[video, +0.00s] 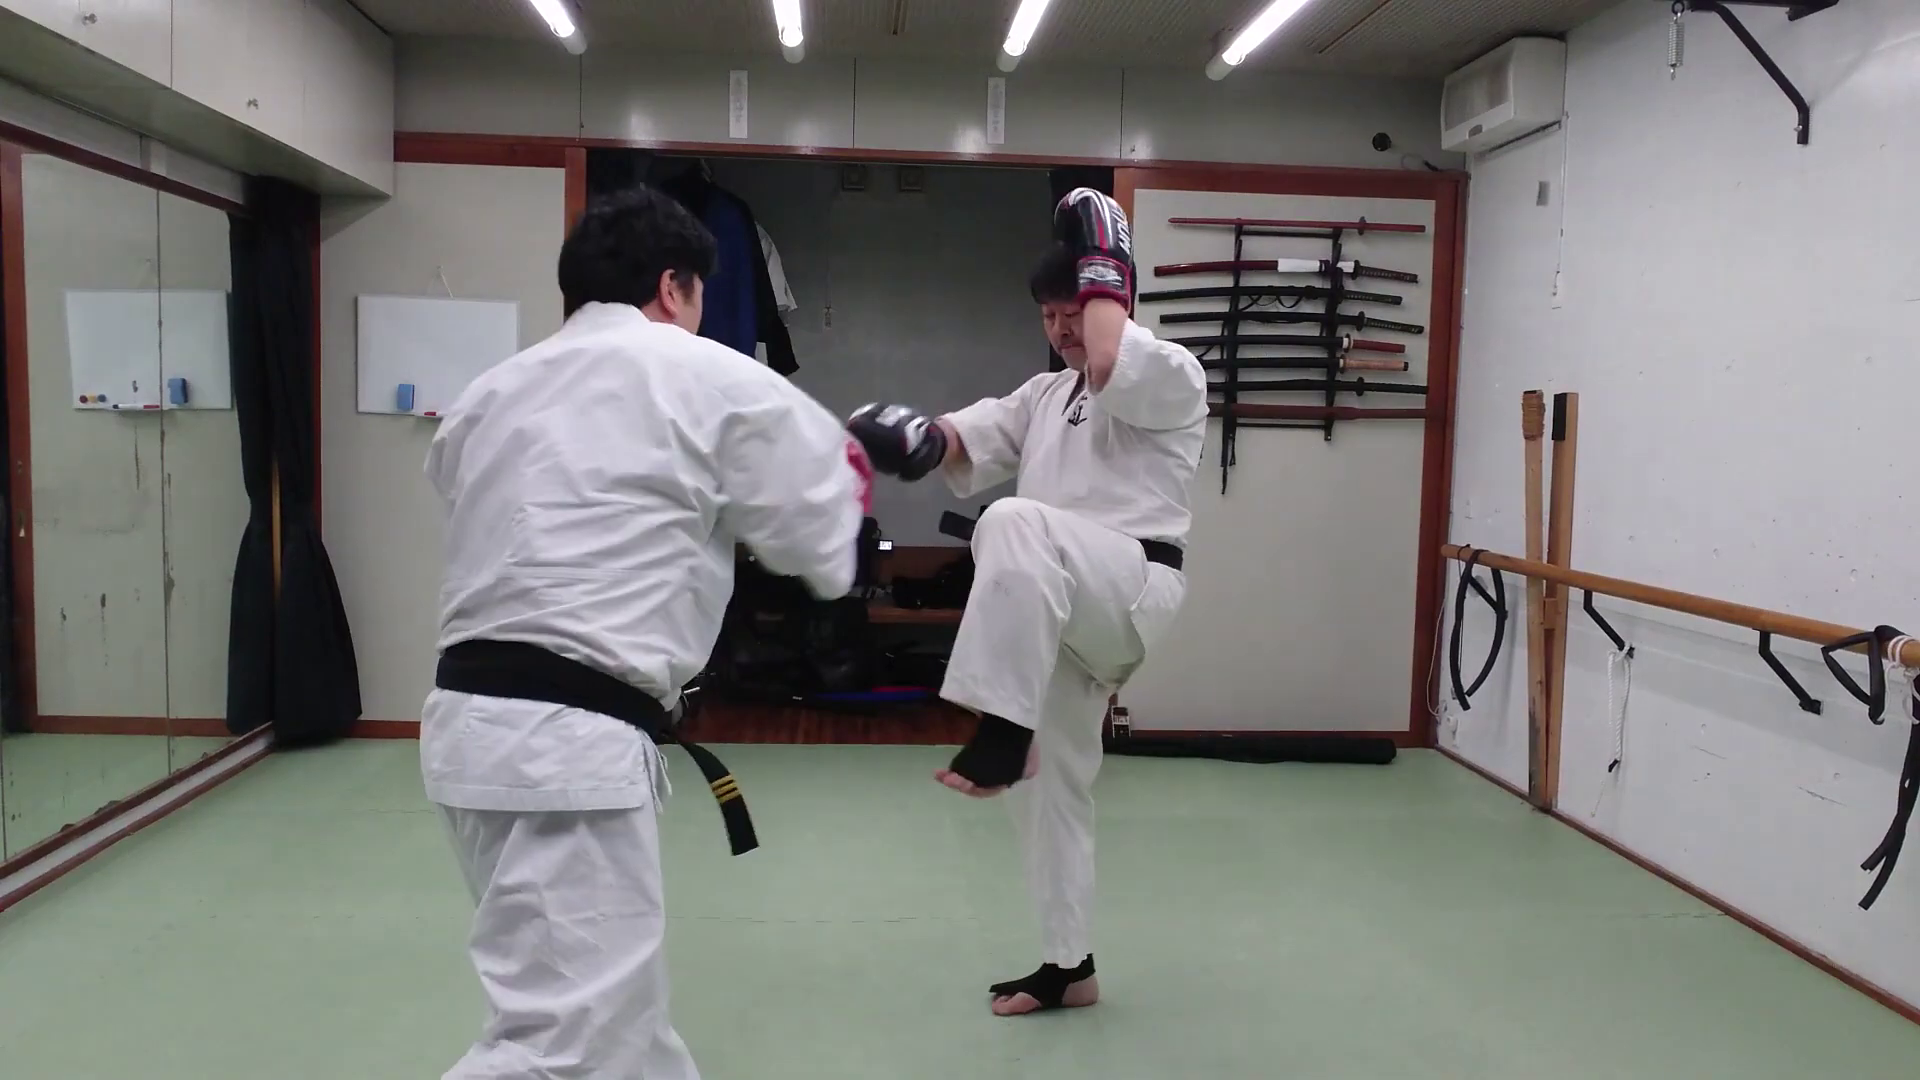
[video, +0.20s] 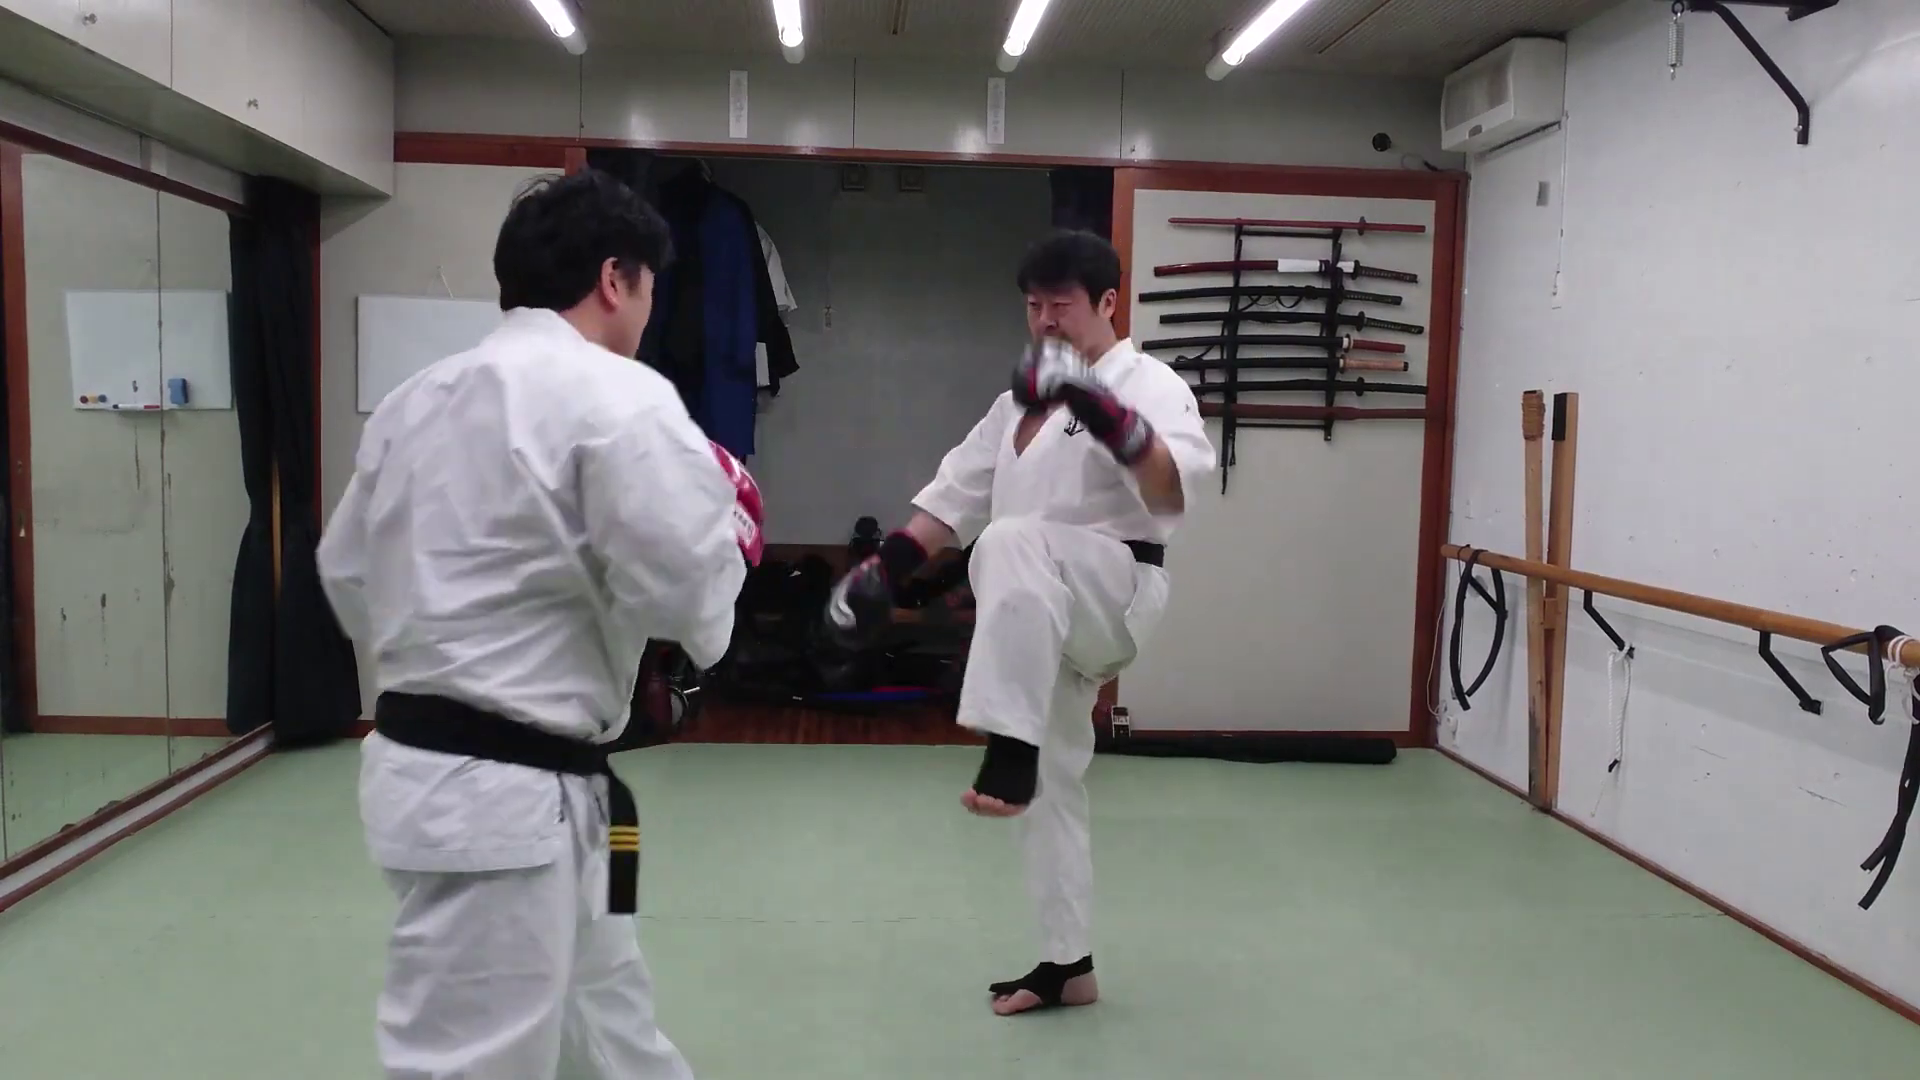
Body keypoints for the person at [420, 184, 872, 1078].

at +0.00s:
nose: (703, 315)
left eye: (702, 296)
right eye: (700, 293)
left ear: (575, 289)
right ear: (671, 289)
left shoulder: (489, 392)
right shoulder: (703, 378)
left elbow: (494, 546)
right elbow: (830, 552)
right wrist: (840, 459)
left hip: (459, 741)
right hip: (576, 750)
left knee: (621, 1031)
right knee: (552, 1039)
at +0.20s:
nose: (650, 311)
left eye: (651, 288)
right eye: (649, 286)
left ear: (517, 279)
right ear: (613, 280)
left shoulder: (414, 399)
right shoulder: (616, 397)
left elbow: (344, 562)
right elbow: (697, 602)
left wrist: (393, 672)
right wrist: (718, 496)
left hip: (411, 762)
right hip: (508, 786)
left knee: (609, 1027)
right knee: (458, 1059)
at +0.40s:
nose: (620, 285)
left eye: (624, 259)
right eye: (621, 257)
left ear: (485, 241)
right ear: (578, 246)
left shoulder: (376, 362)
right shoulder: (564, 365)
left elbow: (330, 524)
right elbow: (643, 579)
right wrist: (685, 461)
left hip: (403, 737)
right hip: (494, 760)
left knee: (595, 1001)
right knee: (427, 1047)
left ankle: (620, 1068)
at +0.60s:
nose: (637, 292)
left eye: (639, 267)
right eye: (635, 264)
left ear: (520, 255)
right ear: (589, 258)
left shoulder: (437, 375)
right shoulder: (571, 365)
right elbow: (724, 521)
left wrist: (644, 391)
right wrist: (730, 409)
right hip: (490, 758)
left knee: (598, 1033)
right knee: (412, 1055)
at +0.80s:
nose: (698, 321)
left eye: (699, 297)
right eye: (695, 294)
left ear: (626, 280)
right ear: (649, 285)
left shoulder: (588, 367)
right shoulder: (565, 362)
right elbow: (667, 559)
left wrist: (742, 392)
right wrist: (713, 441)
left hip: (524, 738)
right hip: (431, 731)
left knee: (579, 964)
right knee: (387, 1036)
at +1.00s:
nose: (633, 315)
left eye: (640, 294)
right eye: (634, 292)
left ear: (539, 274)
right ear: (593, 283)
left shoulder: (489, 357)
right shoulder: (538, 397)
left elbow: (652, 461)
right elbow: (631, 560)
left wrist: (771, 436)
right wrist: (658, 416)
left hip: (493, 729)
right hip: (413, 732)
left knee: (584, 951)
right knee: (336, 1028)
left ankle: (625, 1070)